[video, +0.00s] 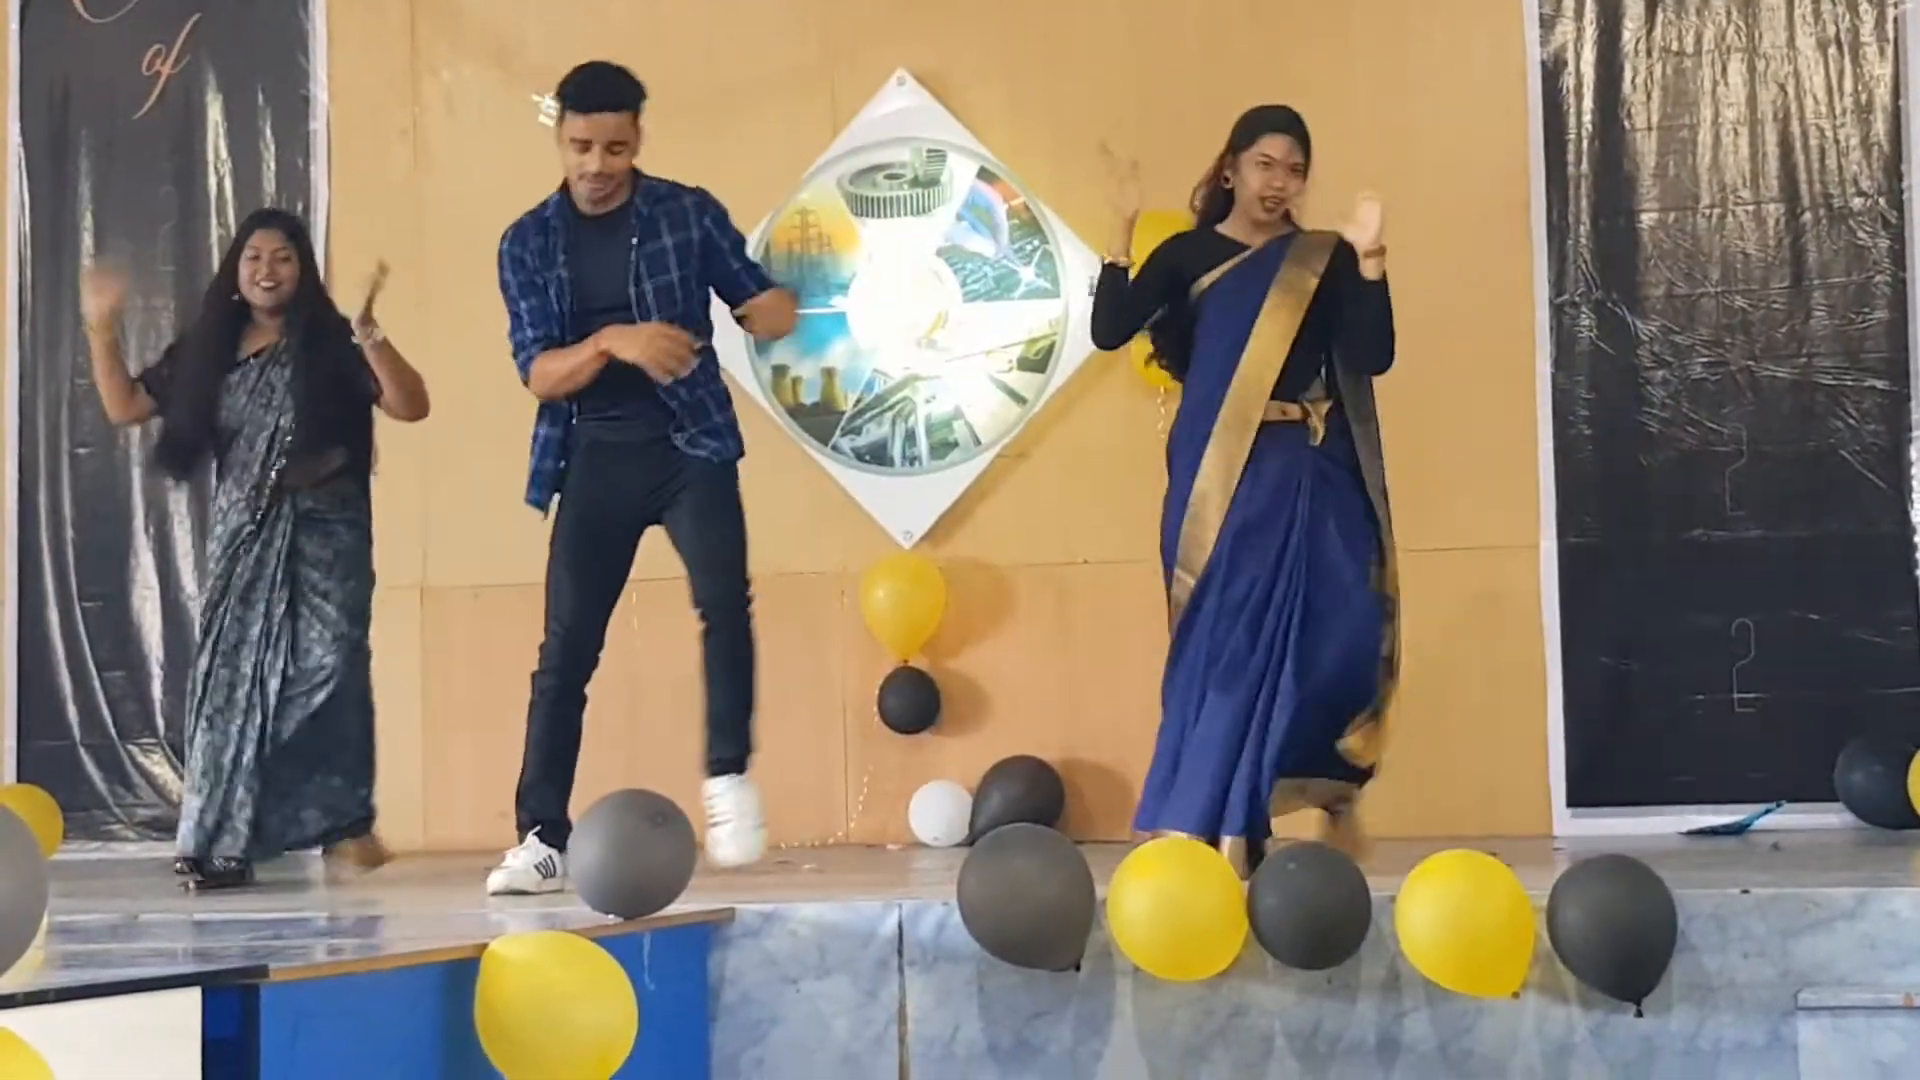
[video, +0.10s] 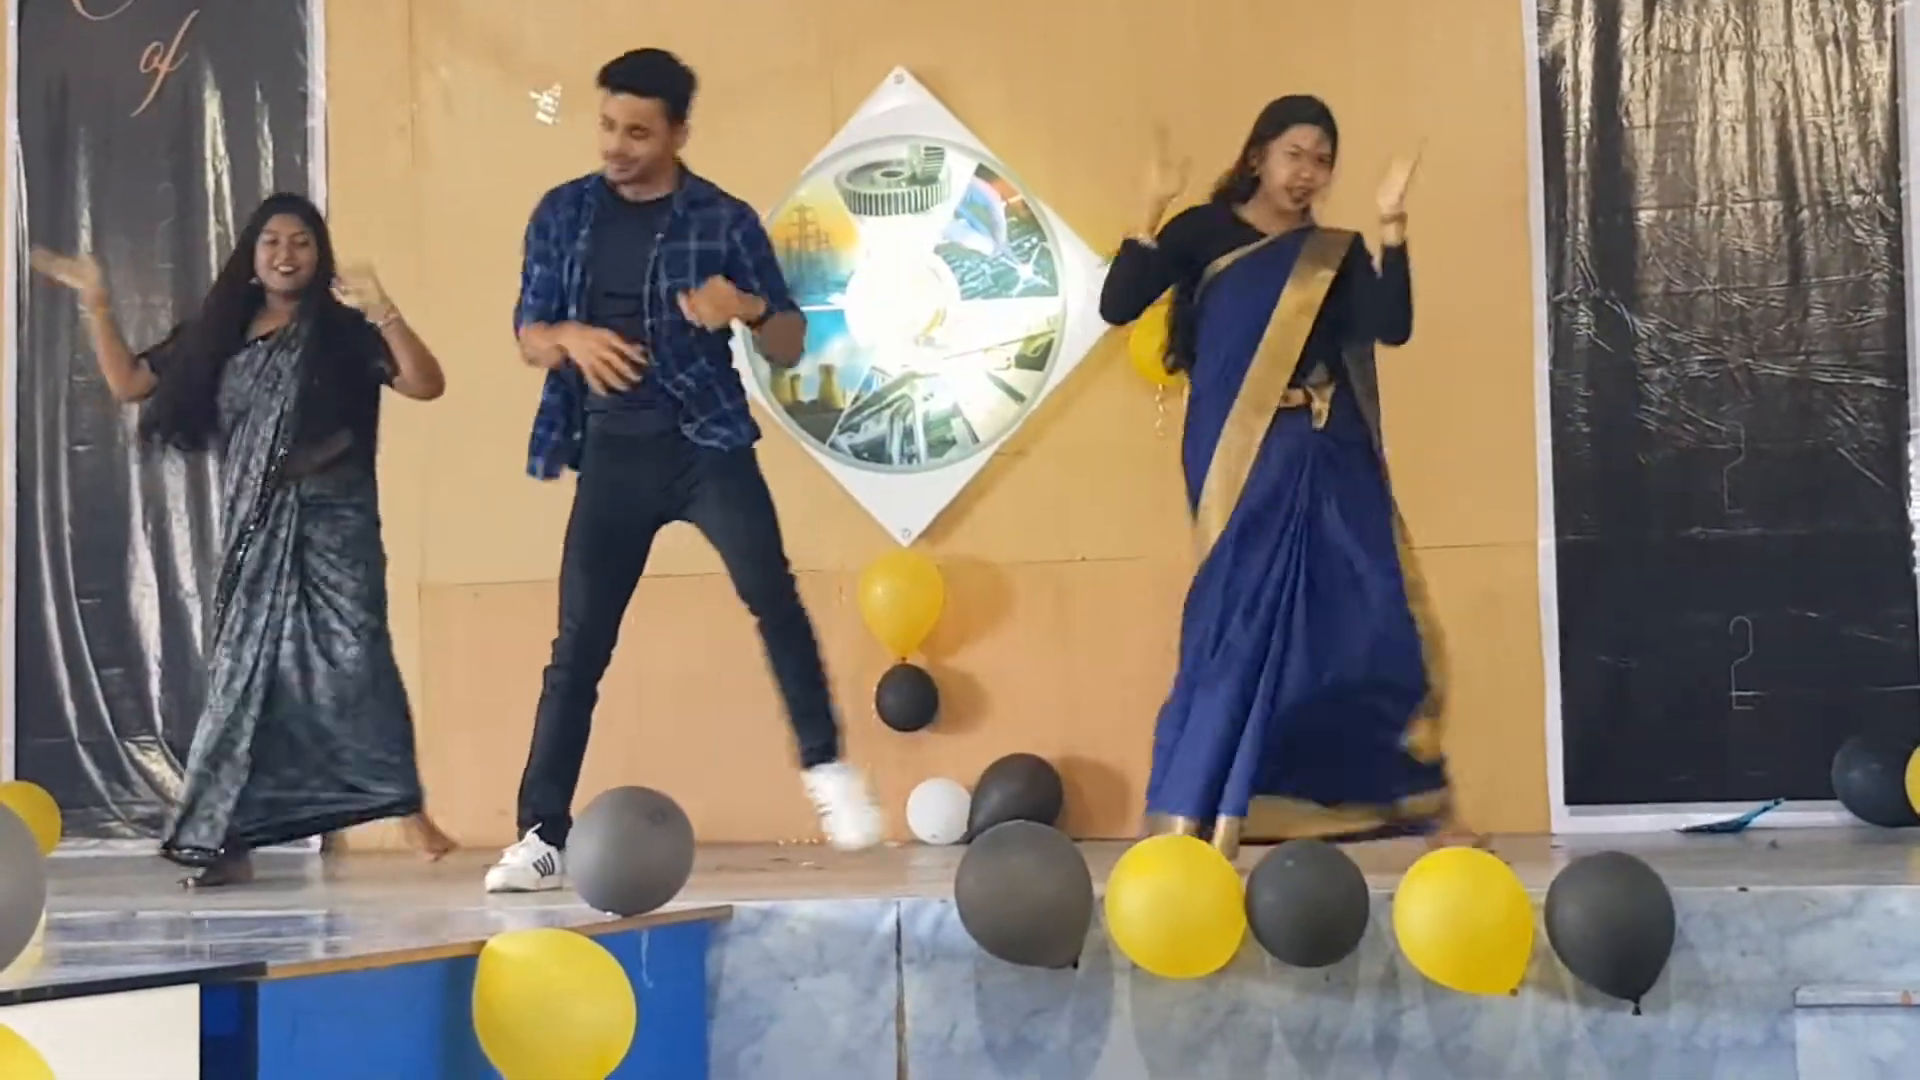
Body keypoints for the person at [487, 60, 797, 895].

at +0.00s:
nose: (596, 166)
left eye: (615, 149)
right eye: (580, 149)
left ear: (640, 139)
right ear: (558, 140)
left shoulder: (689, 213)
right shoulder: (530, 242)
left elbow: (766, 311)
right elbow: (543, 377)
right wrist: (612, 340)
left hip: (693, 450)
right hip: (595, 460)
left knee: (724, 603)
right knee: (566, 649)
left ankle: (728, 784)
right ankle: (542, 839)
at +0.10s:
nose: (615, 144)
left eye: (635, 131)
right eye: (607, 126)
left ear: (678, 131)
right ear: (597, 119)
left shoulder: (727, 221)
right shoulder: (561, 214)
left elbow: (789, 346)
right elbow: (528, 341)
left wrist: (746, 312)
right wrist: (567, 339)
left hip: (712, 452)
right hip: (611, 459)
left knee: (770, 594)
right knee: (578, 647)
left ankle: (826, 768)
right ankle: (543, 837)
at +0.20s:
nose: (661, 138)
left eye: (680, 126)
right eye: (656, 121)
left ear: (730, 129)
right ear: (650, 116)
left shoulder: (768, 230)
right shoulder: (619, 196)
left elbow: (804, 365)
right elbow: (562, 311)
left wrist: (758, 288)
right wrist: (565, 286)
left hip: (734, 459)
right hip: (634, 460)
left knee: (806, 607)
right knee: (595, 644)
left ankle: (922, 779)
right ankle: (542, 834)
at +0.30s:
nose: (712, 146)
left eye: (731, 134)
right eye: (708, 130)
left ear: (784, 139)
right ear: (704, 127)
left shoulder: (820, 239)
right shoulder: (684, 209)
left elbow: (825, 370)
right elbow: (618, 328)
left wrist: (786, 255)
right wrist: (608, 249)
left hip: (768, 480)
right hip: (672, 477)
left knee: (839, 644)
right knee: (610, 652)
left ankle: (970, 797)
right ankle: (542, 833)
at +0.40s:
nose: (763, 153)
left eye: (780, 140)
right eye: (758, 136)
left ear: (831, 144)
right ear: (753, 133)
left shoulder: (872, 243)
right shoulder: (739, 222)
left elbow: (864, 364)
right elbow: (663, 338)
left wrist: (829, 244)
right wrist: (672, 242)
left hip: (816, 486)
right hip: (719, 477)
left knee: (873, 655)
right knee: (639, 645)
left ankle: (979, 810)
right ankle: (547, 821)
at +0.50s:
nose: (797, 144)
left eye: (815, 129)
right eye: (790, 127)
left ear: (865, 127)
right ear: (785, 126)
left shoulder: (908, 224)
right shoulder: (770, 210)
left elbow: (904, 343)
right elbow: (706, 330)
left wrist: (857, 235)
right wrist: (706, 241)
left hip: (848, 468)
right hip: (752, 460)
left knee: (893, 646)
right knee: (654, 626)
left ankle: (983, 814)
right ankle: (588, 806)